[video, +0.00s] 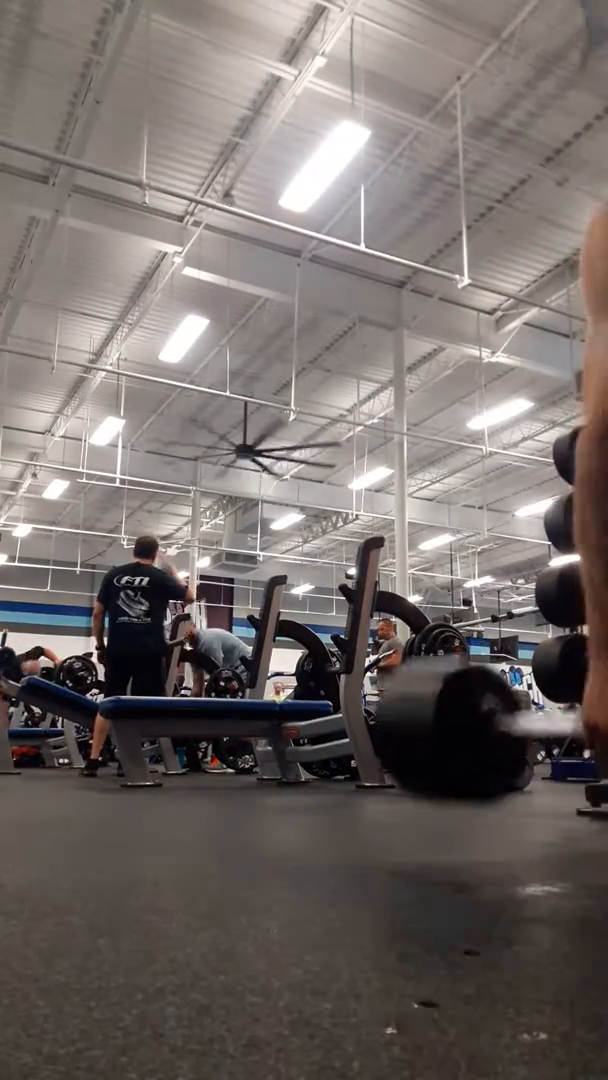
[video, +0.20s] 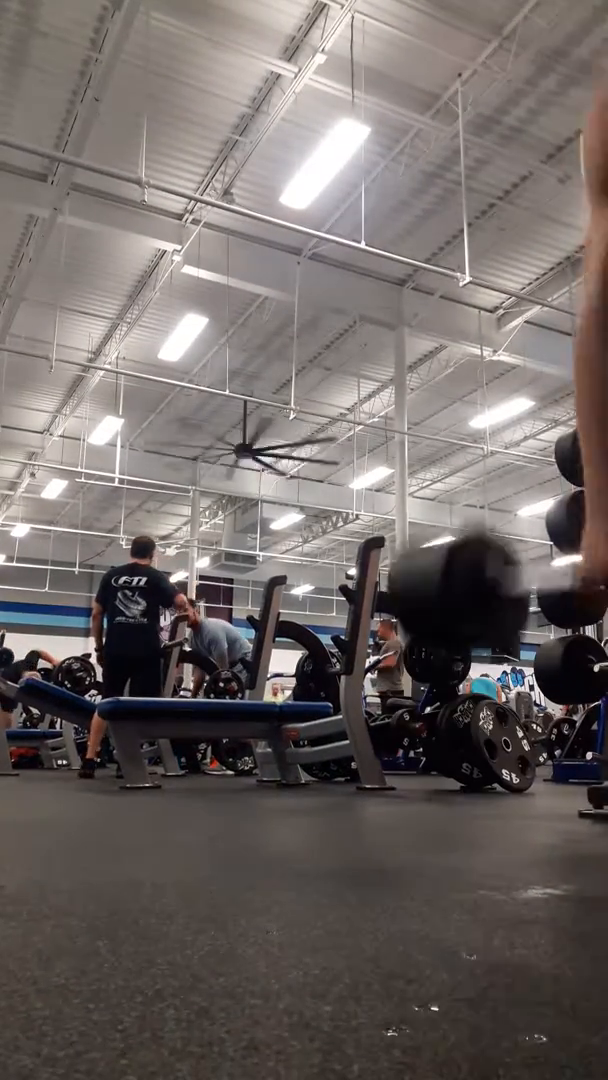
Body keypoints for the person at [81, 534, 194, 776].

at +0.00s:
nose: (158, 557)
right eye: (158, 554)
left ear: (133, 553)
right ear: (155, 555)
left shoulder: (114, 574)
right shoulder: (161, 578)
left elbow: (98, 612)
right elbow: (189, 596)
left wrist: (99, 645)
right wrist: (180, 577)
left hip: (118, 648)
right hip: (149, 650)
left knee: (109, 702)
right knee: (150, 704)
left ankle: (93, 758)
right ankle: (138, 763)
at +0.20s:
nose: (155, 558)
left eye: (153, 555)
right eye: (155, 555)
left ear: (130, 554)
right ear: (152, 555)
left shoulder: (112, 575)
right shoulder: (156, 577)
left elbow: (96, 613)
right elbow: (180, 601)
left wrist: (99, 647)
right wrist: (188, 612)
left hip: (115, 649)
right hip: (146, 650)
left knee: (106, 703)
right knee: (146, 706)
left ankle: (90, 758)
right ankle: (137, 765)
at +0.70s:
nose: (152, 564)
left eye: (151, 562)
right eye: (152, 561)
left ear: (128, 555)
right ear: (149, 560)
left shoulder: (106, 575)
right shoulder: (151, 578)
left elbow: (90, 613)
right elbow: (164, 608)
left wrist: (93, 645)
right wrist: (157, 621)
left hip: (108, 650)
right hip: (138, 651)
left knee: (101, 704)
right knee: (137, 705)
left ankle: (88, 759)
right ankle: (129, 762)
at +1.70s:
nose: (123, 563)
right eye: (126, 560)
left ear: (105, 558)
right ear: (126, 559)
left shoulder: (89, 577)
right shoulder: (131, 577)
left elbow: (76, 612)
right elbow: (142, 609)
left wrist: (96, 610)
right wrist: (139, 629)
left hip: (92, 650)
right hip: (121, 651)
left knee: (90, 703)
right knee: (118, 705)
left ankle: (86, 760)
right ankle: (113, 761)